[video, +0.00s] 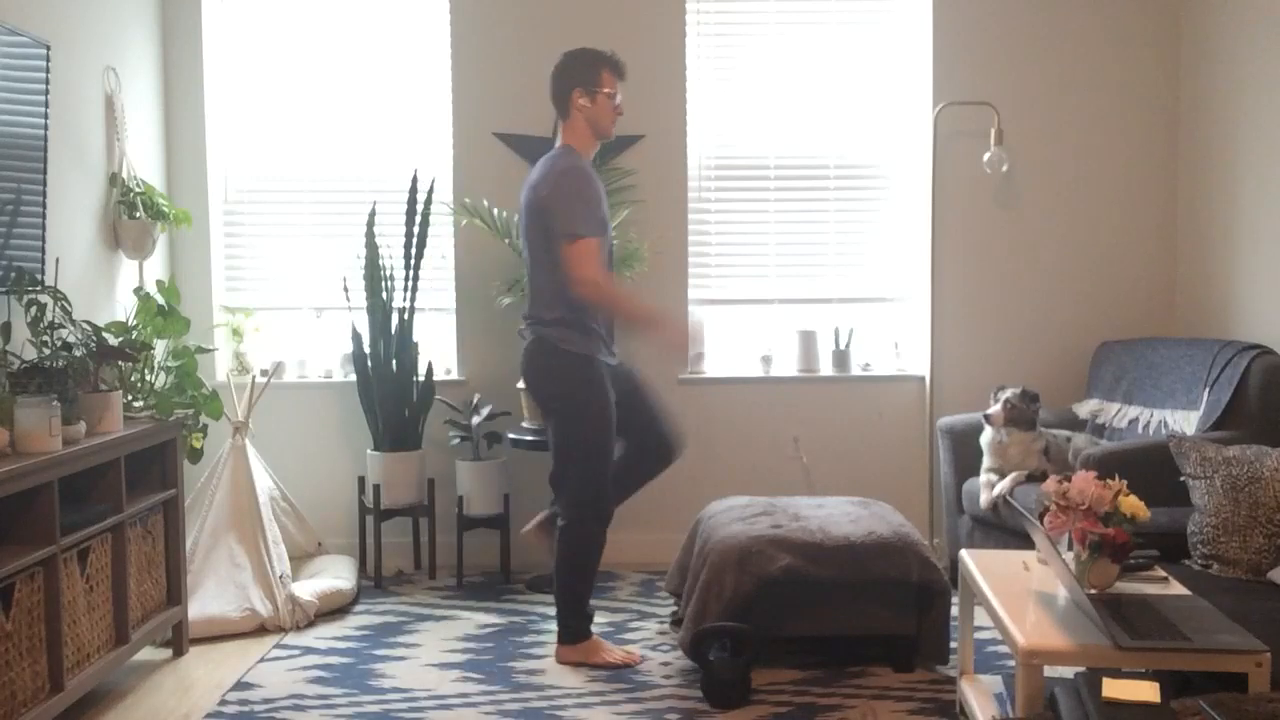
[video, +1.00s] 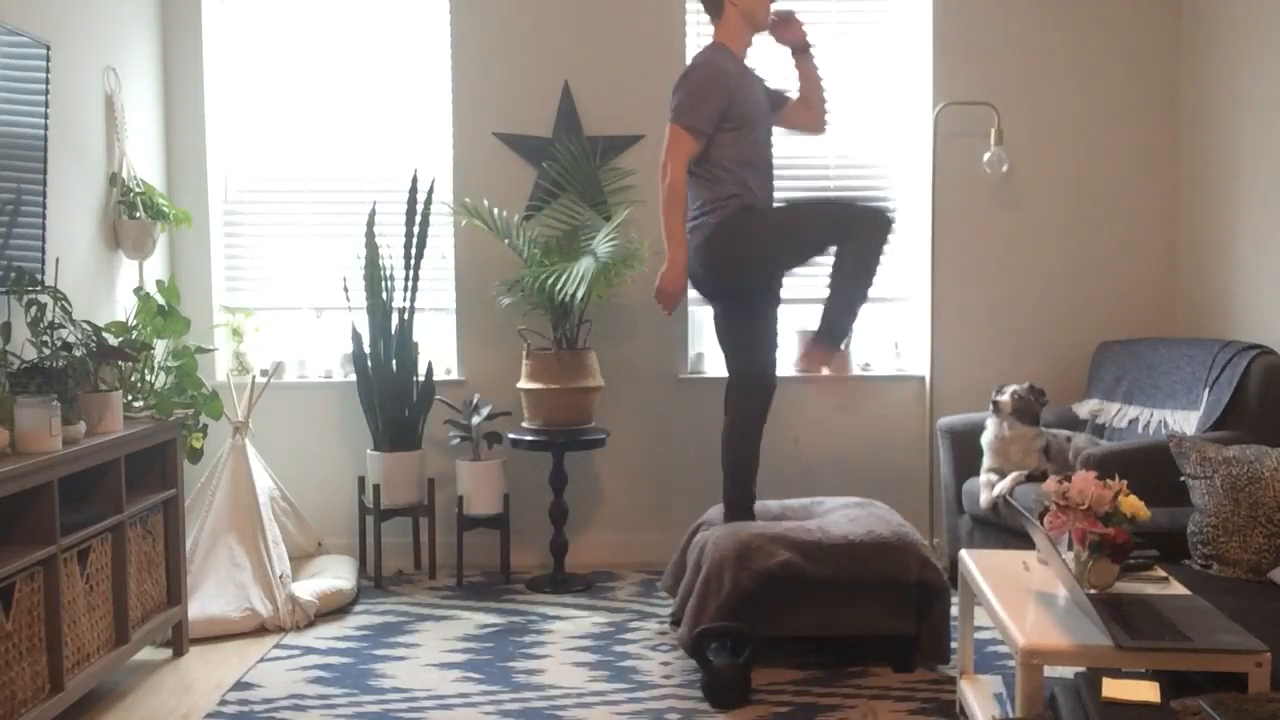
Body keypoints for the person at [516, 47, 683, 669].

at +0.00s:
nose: (619, 108)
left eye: (619, 97)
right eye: (612, 97)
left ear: (580, 102)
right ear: (580, 101)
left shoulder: (563, 170)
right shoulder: (568, 173)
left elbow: (575, 280)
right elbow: (584, 278)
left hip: (583, 352)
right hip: (565, 353)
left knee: (657, 444)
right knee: (586, 493)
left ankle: (561, 524)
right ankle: (574, 639)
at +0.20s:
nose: (653, 104)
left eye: (651, 93)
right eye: (646, 93)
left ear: (606, 99)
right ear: (614, 96)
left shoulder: (569, 169)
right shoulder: (607, 164)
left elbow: (541, 266)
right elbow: (693, 241)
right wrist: (744, 180)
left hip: (598, 334)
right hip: (598, 347)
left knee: (721, 328)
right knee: (594, 498)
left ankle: (683, 448)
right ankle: (574, 638)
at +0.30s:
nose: (674, 105)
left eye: (671, 94)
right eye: (666, 95)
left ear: (627, 104)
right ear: (635, 100)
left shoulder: (591, 170)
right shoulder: (630, 167)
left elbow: (554, 268)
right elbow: (723, 232)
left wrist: (554, 356)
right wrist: (740, 158)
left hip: (605, 336)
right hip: (615, 351)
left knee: (736, 315)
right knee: (604, 503)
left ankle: (726, 442)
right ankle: (575, 638)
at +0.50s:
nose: (721, 116)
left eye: (718, 105)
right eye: (713, 106)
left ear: (677, 115)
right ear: (682, 112)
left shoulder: (644, 180)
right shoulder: (673, 179)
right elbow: (762, 244)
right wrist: (763, 174)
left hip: (656, 350)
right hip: (643, 360)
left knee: (769, 374)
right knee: (651, 508)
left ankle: (737, 497)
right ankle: (579, 634)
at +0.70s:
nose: (762, 67)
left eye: (758, 56)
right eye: (753, 56)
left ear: (716, 68)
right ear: (723, 64)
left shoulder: (692, 135)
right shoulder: (722, 128)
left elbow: (720, 225)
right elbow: (735, 214)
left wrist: (780, 210)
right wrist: (806, 202)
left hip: (697, 314)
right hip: (689, 316)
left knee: (781, 400)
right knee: (678, 455)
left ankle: (742, 535)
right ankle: (614, 593)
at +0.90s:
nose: (769, 10)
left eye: (766, 2)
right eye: (760, 2)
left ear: (735, 12)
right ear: (733, 8)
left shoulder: (728, 81)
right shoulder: (713, 77)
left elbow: (775, 165)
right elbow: (685, 169)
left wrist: (803, 101)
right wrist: (702, 261)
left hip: (723, 255)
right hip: (725, 254)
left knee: (752, 401)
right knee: (834, 322)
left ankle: (740, 543)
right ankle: (754, 419)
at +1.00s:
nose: (771, 7)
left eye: (767, 1)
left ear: (730, 10)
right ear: (732, 6)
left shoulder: (742, 80)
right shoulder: (711, 71)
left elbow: (811, 117)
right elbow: (672, 169)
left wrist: (800, 49)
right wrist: (675, 261)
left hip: (729, 247)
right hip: (734, 238)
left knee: (751, 388)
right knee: (868, 222)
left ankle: (738, 524)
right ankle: (827, 347)